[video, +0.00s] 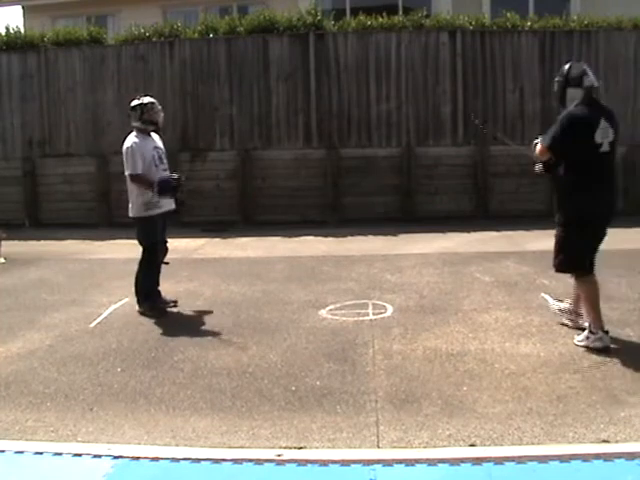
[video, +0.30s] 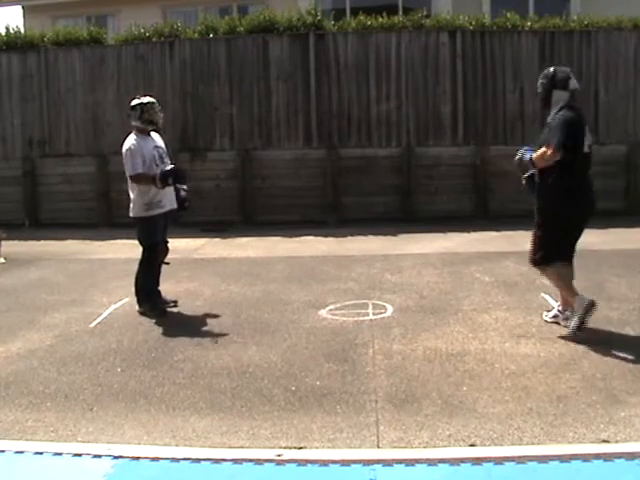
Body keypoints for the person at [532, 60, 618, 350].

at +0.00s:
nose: (559, 92)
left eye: (561, 88)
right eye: (560, 87)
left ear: (569, 88)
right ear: (589, 86)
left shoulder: (573, 118)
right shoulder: (607, 115)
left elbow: (543, 151)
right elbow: (589, 150)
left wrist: (539, 145)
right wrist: (552, 154)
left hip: (579, 205)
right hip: (601, 201)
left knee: (581, 265)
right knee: (581, 258)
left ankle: (596, 330)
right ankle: (575, 308)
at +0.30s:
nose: (539, 93)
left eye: (542, 88)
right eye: (541, 87)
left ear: (550, 90)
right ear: (567, 89)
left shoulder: (561, 118)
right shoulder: (575, 116)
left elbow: (551, 152)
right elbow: (568, 157)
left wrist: (528, 159)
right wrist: (537, 168)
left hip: (558, 202)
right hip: (575, 199)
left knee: (540, 258)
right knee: (563, 255)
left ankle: (577, 303)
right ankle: (565, 307)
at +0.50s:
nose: (522, 94)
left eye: (526, 89)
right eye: (524, 89)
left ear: (536, 91)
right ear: (548, 90)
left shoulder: (552, 118)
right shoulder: (545, 117)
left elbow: (560, 153)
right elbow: (547, 155)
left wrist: (533, 172)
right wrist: (527, 169)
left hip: (545, 199)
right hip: (555, 197)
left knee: (522, 249)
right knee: (559, 253)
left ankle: (534, 303)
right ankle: (564, 309)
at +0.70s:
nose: (502, 99)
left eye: (505, 94)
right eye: (503, 93)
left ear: (515, 97)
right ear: (526, 96)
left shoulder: (529, 126)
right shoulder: (529, 123)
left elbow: (541, 161)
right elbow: (529, 161)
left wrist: (513, 178)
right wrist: (505, 171)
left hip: (529, 200)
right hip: (543, 199)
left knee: (508, 250)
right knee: (547, 254)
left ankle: (500, 301)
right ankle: (562, 308)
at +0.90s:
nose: (486, 98)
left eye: (489, 93)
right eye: (487, 93)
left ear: (499, 97)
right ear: (509, 96)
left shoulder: (507, 126)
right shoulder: (513, 121)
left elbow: (507, 166)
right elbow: (508, 161)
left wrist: (484, 183)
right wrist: (487, 168)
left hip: (504, 197)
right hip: (513, 195)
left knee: (492, 248)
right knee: (511, 245)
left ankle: (497, 300)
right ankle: (540, 284)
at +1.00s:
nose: (479, 97)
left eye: (482, 92)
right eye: (480, 92)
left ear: (492, 95)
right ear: (500, 96)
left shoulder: (502, 125)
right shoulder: (496, 122)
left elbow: (498, 164)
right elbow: (490, 157)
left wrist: (476, 183)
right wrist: (474, 171)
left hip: (499, 196)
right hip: (497, 195)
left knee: (489, 247)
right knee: (492, 244)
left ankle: (497, 300)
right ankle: (511, 286)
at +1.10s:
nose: (472, 96)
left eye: (476, 91)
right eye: (473, 90)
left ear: (488, 94)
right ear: (490, 95)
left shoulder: (499, 123)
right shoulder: (487, 121)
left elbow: (494, 162)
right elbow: (481, 155)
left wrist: (472, 182)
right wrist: (468, 173)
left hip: (496, 195)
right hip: (487, 193)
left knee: (488, 245)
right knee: (477, 241)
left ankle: (497, 300)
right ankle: (487, 289)